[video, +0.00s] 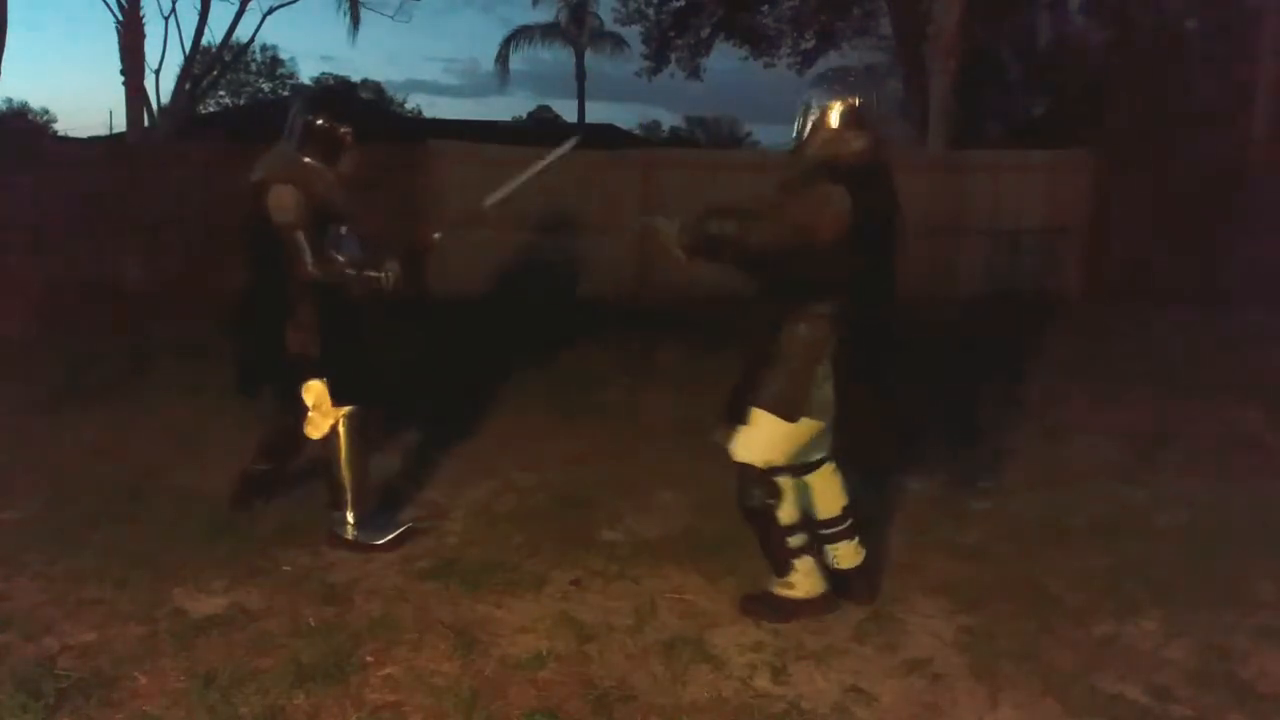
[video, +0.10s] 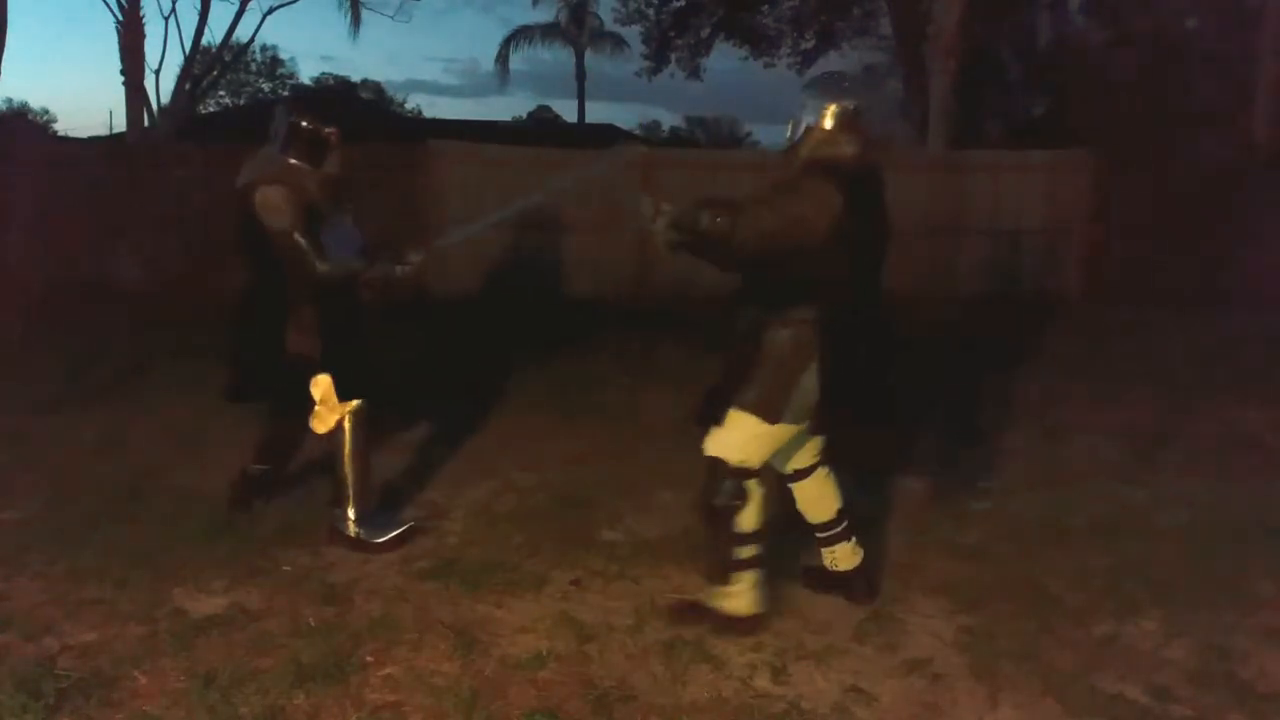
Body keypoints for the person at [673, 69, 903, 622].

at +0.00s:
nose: (806, 136)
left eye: (818, 125)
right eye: (812, 125)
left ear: (846, 134)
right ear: (854, 136)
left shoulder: (838, 190)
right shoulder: (861, 184)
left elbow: (785, 244)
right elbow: (785, 233)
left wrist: (706, 237)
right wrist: (722, 229)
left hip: (813, 339)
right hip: (836, 335)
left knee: (756, 463)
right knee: (812, 453)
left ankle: (802, 584)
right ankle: (847, 563)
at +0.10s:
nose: (795, 147)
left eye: (803, 137)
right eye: (802, 137)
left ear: (818, 140)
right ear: (851, 143)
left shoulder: (824, 190)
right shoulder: (852, 188)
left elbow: (760, 236)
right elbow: (765, 229)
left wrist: (691, 225)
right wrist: (702, 222)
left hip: (799, 337)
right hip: (827, 335)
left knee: (732, 455)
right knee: (800, 455)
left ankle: (736, 597)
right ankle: (843, 567)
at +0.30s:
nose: (771, 167)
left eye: (781, 159)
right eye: (778, 157)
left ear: (791, 165)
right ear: (823, 166)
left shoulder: (791, 212)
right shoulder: (823, 208)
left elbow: (731, 260)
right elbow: (729, 241)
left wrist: (655, 258)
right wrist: (655, 231)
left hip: (755, 350)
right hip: (794, 347)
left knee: (676, 471)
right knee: (767, 465)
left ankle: (681, 609)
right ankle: (841, 567)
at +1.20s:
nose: (695, 128)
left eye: (705, 118)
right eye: (700, 117)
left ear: (728, 122)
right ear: (749, 124)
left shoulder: (727, 185)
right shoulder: (734, 179)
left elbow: (667, 238)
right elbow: (660, 208)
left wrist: (585, 208)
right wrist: (591, 190)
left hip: (699, 341)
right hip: (700, 337)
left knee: (667, 470)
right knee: (677, 465)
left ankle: (684, 603)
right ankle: (684, 595)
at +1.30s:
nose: (693, 130)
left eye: (703, 120)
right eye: (698, 120)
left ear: (727, 123)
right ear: (747, 124)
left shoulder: (728, 189)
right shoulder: (738, 182)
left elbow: (672, 239)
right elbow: (662, 212)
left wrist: (598, 226)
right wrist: (595, 204)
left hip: (700, 344)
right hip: (703, 339)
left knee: (664, 469)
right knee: (672, 466)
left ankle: (683, 604)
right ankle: (682, 598)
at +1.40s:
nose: (693, 125)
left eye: (702, 115)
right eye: (698, 115)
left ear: (722, 119)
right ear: (751, 122)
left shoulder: (725, 185)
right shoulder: (746, 179)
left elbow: (673, 244)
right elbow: (671, 226)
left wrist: (597, 238)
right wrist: (602, 224)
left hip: (698, 345)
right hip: (711, 340)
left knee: (659, 475)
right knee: (673, 470)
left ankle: (682, 609)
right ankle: (684, 603)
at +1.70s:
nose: (704, 124)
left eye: (712, 114)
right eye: (710, 113)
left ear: (728, 118)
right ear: (769, 120)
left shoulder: (720, 180)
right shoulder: (771, 179)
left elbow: (669, 238)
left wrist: (614, 235)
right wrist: (634, 235)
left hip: (703, 338)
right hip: (746, 332)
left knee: (665, 474)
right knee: (716, 446)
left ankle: (684, 610)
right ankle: (721, 529)